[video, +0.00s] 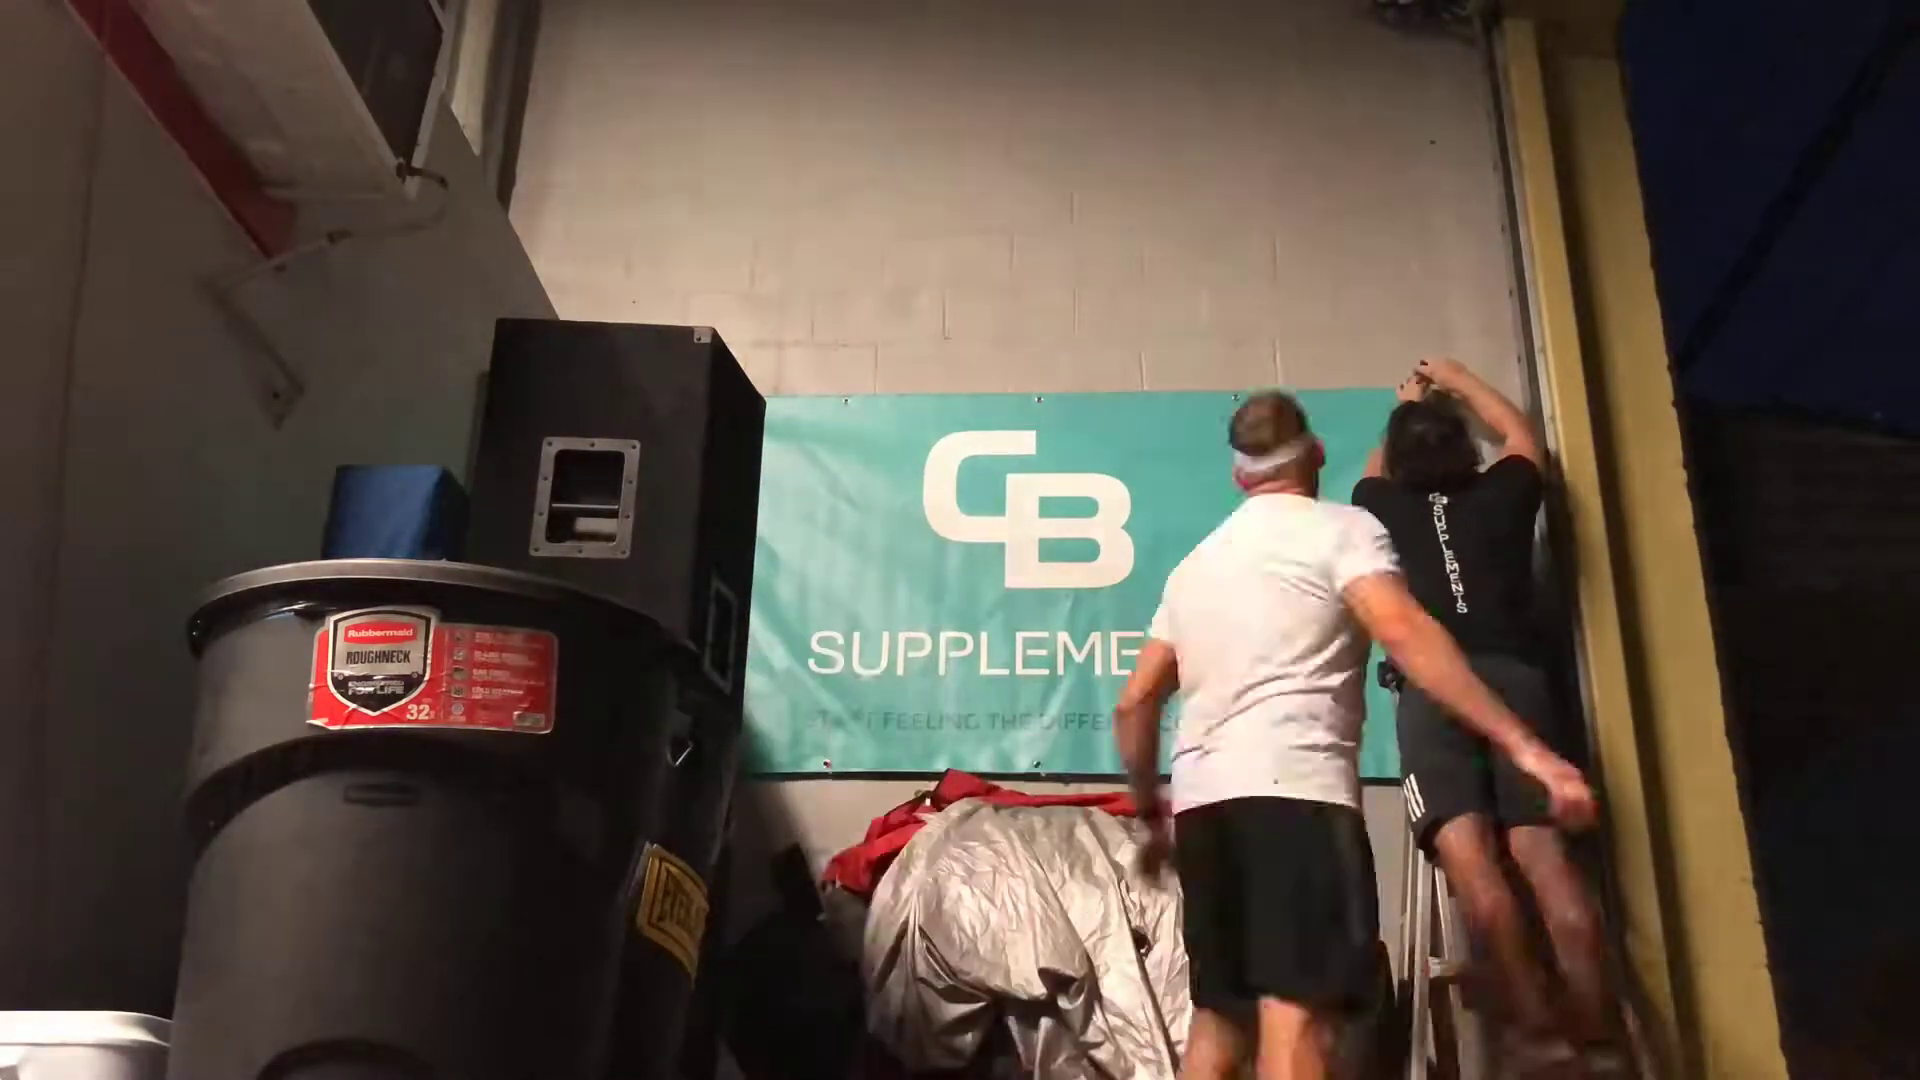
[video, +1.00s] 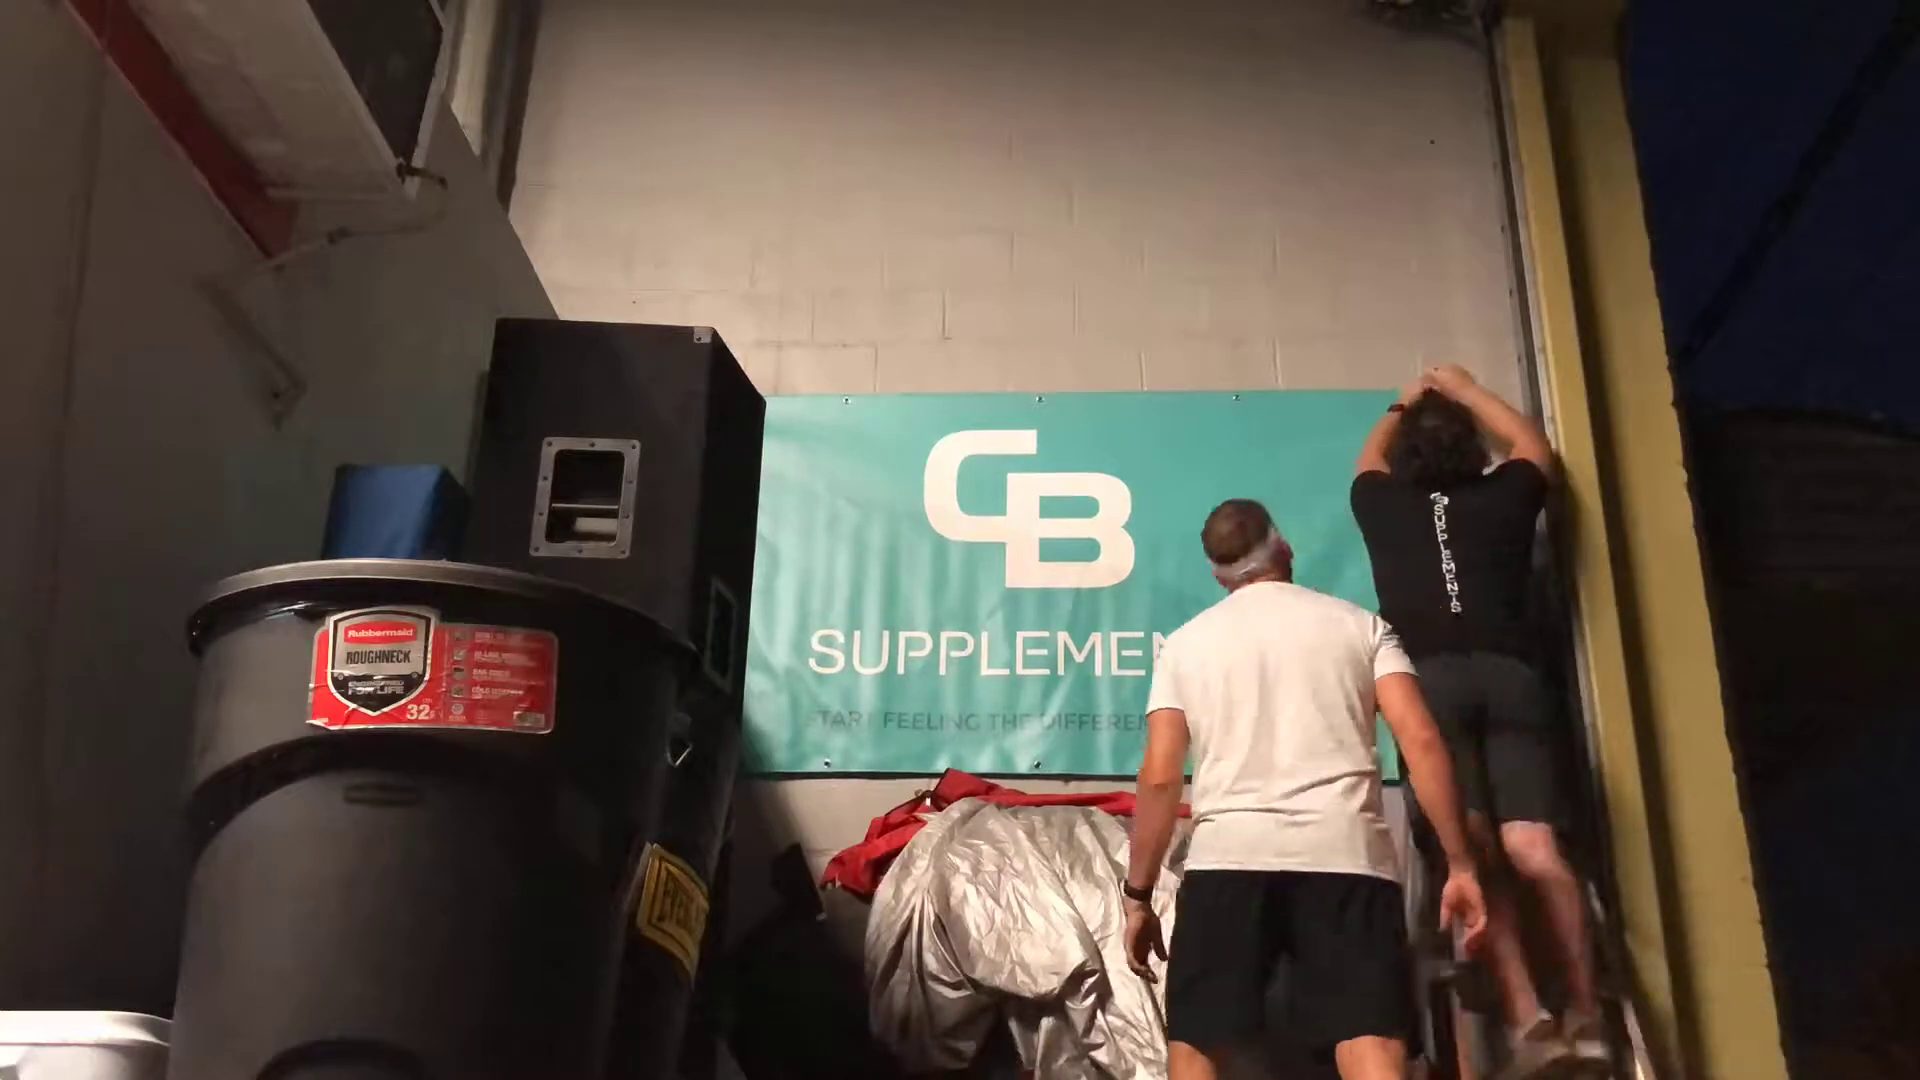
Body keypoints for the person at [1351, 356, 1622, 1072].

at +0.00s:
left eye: (1414, 435)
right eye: (1443, 431)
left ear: (1401, 463)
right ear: (1467, 453)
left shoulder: (1382, 510)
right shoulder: (1503, 496)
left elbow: (1380, 465)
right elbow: (1519, 436)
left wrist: (1403, 415)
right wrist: (1458, 379)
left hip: (1430, 686)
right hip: (1517, 676)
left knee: (1473, 866)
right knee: (1544, 851)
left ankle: (1536, 1032)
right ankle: (1599, 1031)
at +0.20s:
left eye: (1400, 435)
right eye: (1434, 427)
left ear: (1393, 463)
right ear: (1462, 454)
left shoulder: (1377, 508)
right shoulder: (1499, 492)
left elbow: (1379, 461)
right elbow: (1515, 435)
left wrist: (1403, 411)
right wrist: (1458, 380)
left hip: (1431, 682)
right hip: (1514, 672)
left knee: (1471, 861)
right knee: (1540, 850)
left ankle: (1531, 1022)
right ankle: (1590, 1024)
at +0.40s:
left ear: (1437, 456)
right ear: (1507, 453)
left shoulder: (1411, 504)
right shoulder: (1535, 506)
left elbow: (1381, 462)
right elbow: (1522, 469)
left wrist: (1407, 410)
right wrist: (1481, 423)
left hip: (1446, 678)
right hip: (1531, 675)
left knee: (1477, 857)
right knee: (1546, 848)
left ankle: (1532, 1022)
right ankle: (1585, 1017)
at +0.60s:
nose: (1475, 443)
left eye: (1476, 441)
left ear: (1468, 459)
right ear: (1532, 461)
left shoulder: (1433, 504)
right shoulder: (1548, 512)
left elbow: (1381, 471)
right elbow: (1518, 470)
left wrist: (1413, 413)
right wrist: (1486, 418)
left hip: (1458, 690)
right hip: (1539, 688)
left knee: (1477, 860)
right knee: (1561, 849)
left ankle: (1525, 1025)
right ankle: (1591, 1017)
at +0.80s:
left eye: (1430, 435)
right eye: (1472, 437)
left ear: (1421, 457)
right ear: (1480, 450)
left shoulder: (1403, 504)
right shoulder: (1514, 499)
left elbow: (1378, 467)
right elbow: (1505, 457)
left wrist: (1410, 413)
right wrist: (1469, 413)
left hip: (1446, 696)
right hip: (1524, 685)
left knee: (1482, 868)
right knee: (1548, 853)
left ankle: (1526, 1028)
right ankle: (1587, 1012)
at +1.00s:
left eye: (1411, 438)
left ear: (1408, 460)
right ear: (1476, 453)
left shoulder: (1384, 506)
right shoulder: (1505, 496)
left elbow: (1374, 456)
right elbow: (1528, 449)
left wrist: (1403, 408)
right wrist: (1468, 392)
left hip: (1429, 681)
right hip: (1511, 673)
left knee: (1473, 858)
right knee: (1534, 846)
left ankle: (1527, 1020)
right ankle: (1586, 1018)